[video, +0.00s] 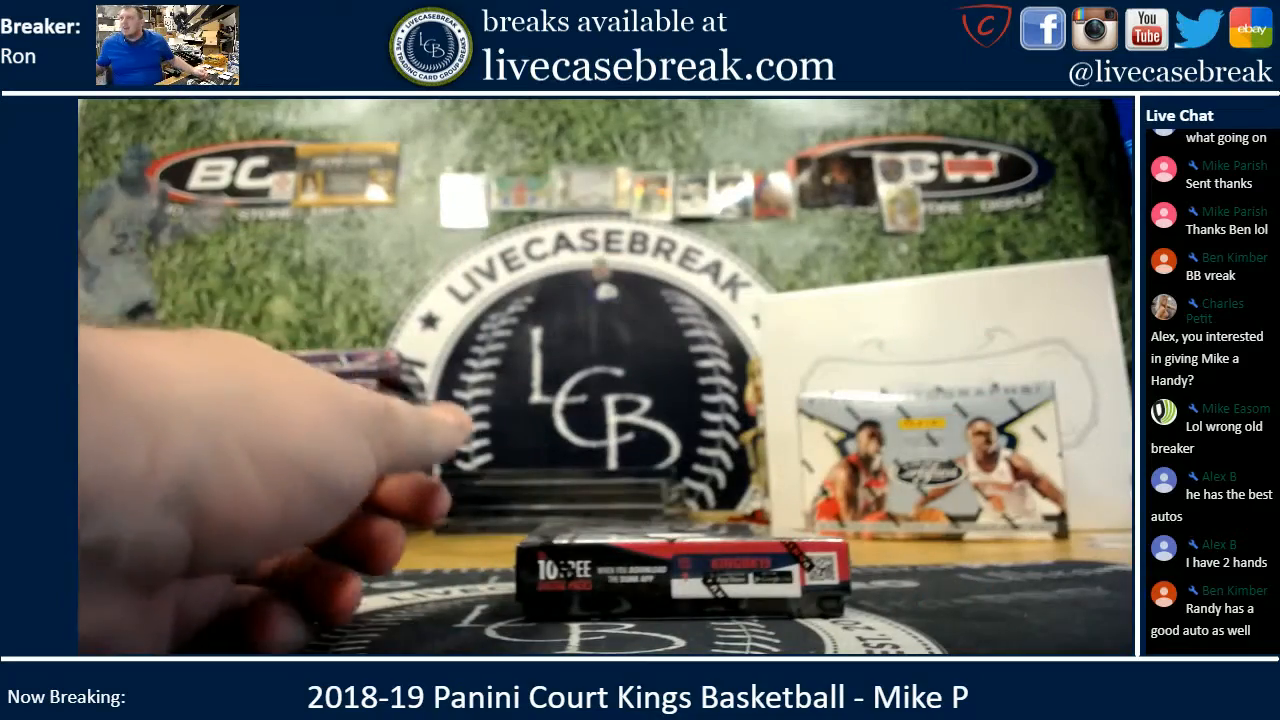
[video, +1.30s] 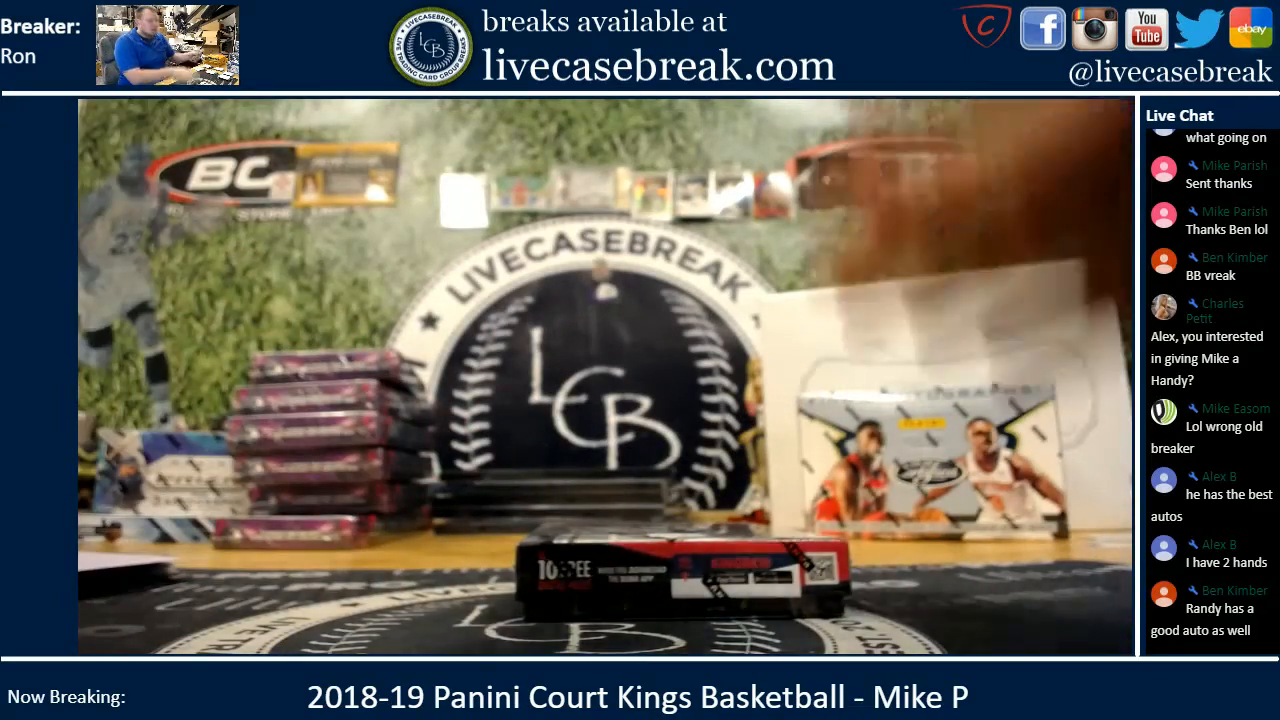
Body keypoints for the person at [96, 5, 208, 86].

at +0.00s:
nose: (124, 22)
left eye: (129, 18)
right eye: (121, 18)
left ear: (141, 21)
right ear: (118, 21)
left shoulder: (157, 40)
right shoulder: (110, 43)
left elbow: (173, 60)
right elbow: (99, 68)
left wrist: (194, 71)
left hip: (154, 101)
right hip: (122, 101)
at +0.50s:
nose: (136, 19)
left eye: (141, 16)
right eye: (133, 16)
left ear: (150, 22)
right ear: (128, 20)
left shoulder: (158, 40)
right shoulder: (114, 41)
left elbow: (169, 59)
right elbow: (102, 72)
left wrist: (184, 57)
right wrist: (116, 72)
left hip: (155, 98)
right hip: (124, 99)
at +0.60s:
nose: (139, 19)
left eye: (144, 16)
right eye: (136, 16)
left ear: (152, 21)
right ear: (130, 21)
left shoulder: (158, 39)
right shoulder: (118, 40)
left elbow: (170, 59)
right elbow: (107, 74)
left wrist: (181, 55)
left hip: (157, 96)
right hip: (126, 98)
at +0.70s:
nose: (140, 19)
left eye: (145, 16)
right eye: (137, 16)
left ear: (152, 22)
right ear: (131, 21)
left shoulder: (158, 38)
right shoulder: (120, 40)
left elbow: (172, 60)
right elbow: (111, 74)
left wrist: (182, 55)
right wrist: (146, 63)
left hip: (156, 95)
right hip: (126, 97)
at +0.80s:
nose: (142, 19)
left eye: (146, 16)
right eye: (138, 16)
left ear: (153, 21)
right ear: (133, 21)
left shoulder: (160, 39)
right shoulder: (121, 40)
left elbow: (174, 61)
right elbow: (120, 73)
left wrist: (180, 56)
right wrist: (156, 59)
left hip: (158, 93)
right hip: (130, 95)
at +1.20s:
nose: (150, 21)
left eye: (153, 18)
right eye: (145, 18)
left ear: (156, 21)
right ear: (136, 21)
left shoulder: (161, 39)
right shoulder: (125, 41)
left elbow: (174, 59)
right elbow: (134, 76)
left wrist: (183, 59)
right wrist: (170, 64)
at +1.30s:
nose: (155, 25)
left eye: (157, 21)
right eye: (150, 21)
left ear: (159, 22)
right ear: (138, 22)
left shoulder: (160, 39)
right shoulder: (125, 43)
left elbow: (173, 57)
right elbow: (136, 78)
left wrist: (189, 56)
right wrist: (173, 71)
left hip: (160, 91)